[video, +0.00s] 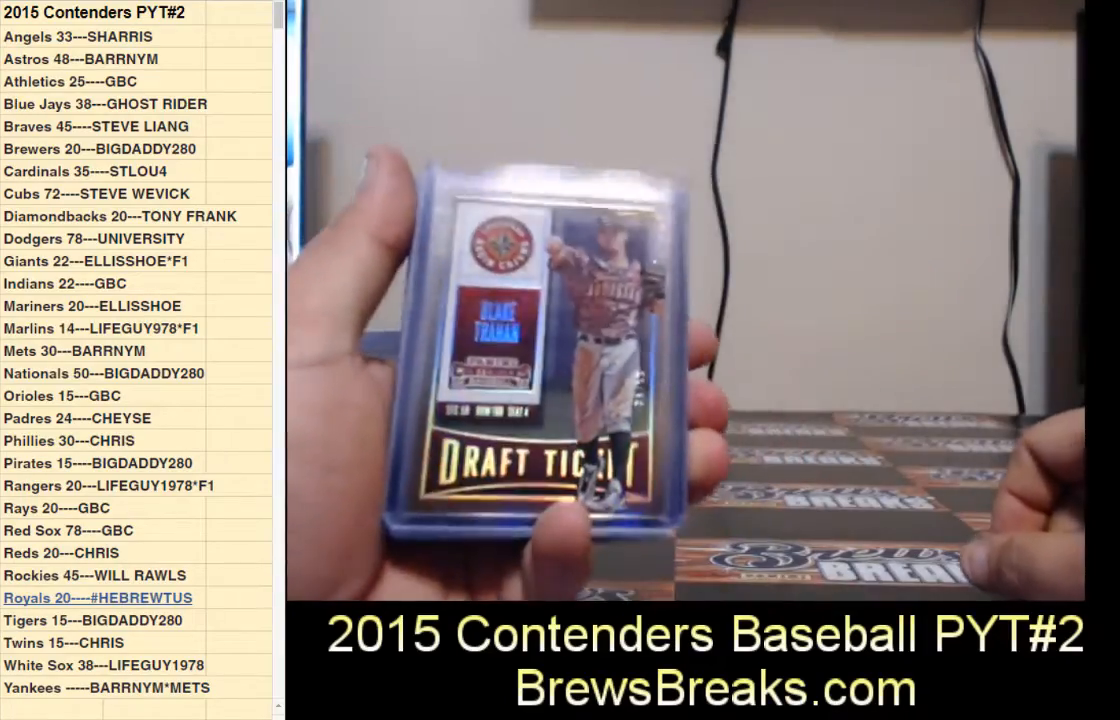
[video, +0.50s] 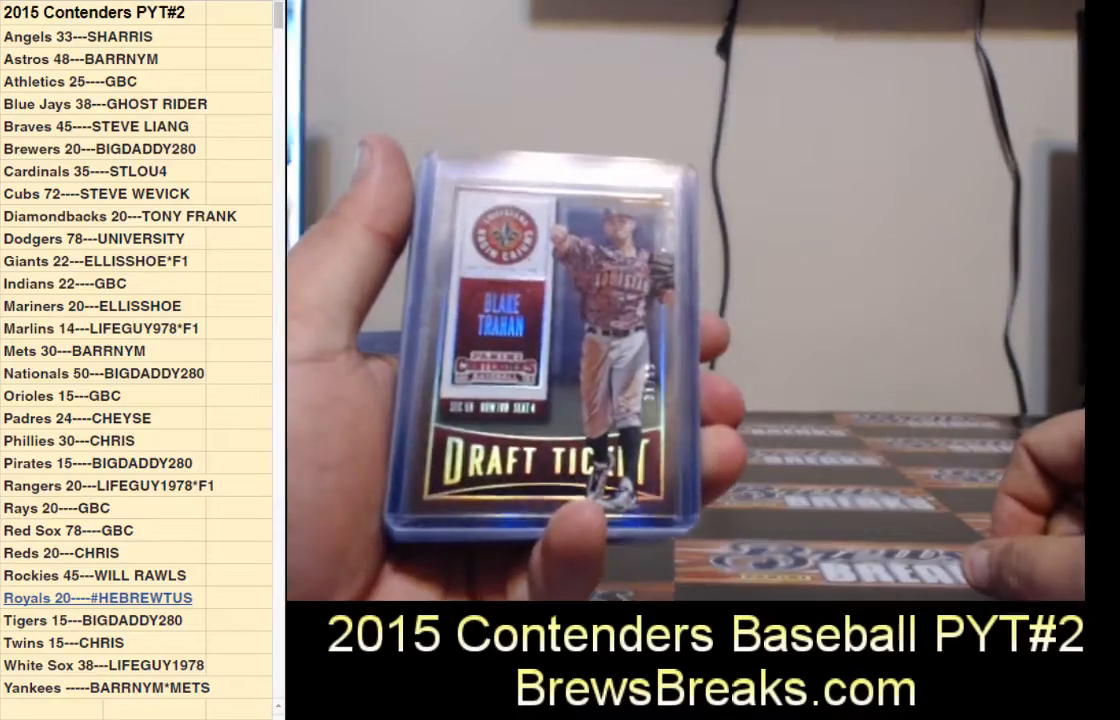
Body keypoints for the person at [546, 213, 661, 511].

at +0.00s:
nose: (610, 238)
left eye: (615, 233)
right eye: (605, 232)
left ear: (626, 237)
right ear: (597, 237)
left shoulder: (636, 272)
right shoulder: (585, 264)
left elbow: (655, 308)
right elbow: (569, 258)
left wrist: (659, 291)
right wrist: (559, 251)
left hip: (624, 348)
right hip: (589, 347)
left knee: (619, 415)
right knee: (586, 415)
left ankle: (617, 486)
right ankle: (589, 473)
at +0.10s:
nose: (607, 239)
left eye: (613, 233)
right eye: (603, 233)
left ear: (625, 238)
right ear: (597, 238)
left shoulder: (637, 272)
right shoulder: (586, 265)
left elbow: (655, 309)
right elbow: (568, 257)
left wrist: (658, 291)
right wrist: (560, 254)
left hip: (623, 346)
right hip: (588, 345)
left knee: (618, 415)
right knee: (585, 413)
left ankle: (617, 487)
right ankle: (589, 469)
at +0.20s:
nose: (605, 237)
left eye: (611, 231)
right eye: (599, 231)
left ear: (621, 235)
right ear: (593, 236)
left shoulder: (635, 269)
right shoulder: (581, 261)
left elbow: (654, 308)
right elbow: (562, 255)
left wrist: (655, 287)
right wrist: (552, 248)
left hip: (620, 346)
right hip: (584, 345)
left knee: (615, 415)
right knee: (581, 413)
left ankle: (614, 487)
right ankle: (587, 468)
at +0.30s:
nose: (605, 233)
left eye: (611, 228)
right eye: (600, 228)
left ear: (621, 232)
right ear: (593, 233)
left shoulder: (635, 266)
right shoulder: (582, 258)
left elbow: (656, 304)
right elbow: (563, 252)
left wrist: (657, 283)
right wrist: (552, 245)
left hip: (621, 342)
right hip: (585, 341)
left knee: (616, 411)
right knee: (582, 410)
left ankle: (616, 484)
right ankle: (588, 465)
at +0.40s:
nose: (612, 228)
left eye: (618, 222)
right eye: (607, 222)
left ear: (629, 226)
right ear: (599, 227)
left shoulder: (642, 261)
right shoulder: (587, 253)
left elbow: (664, 301)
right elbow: (567, 246)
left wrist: (663, 279)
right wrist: (557, 239)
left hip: (628, 338)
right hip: (592, 337)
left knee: (623, 408)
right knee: (588, 406)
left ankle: (623, 482)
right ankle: (595, 463)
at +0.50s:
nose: (616, 227)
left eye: (622, 221)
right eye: (610, 221)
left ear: (633, 225)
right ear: (604, 226)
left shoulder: (647, 261)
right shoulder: (591, 253)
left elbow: (668, 300)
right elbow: (570, 246)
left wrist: (668, 278)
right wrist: (561, 239)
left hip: (633, 339)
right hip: (596, 338)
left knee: (627, 409)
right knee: (594, 409)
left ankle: (629, 484)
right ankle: (600, 464)